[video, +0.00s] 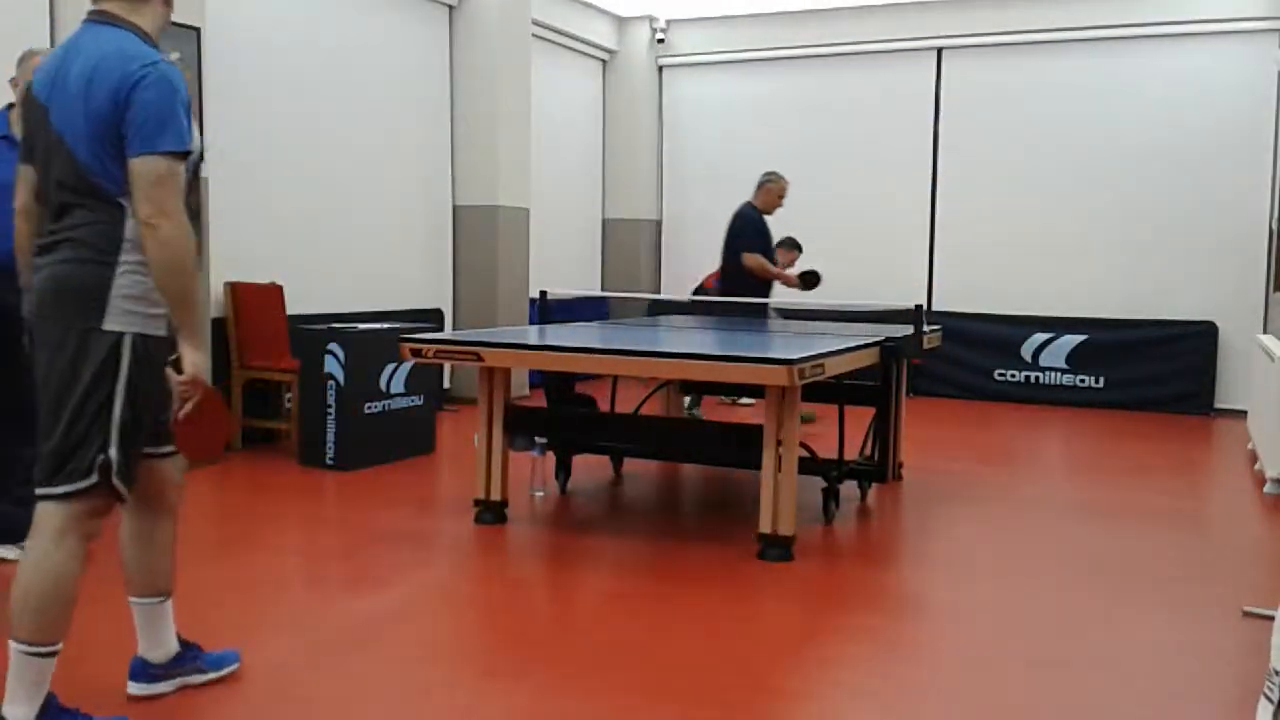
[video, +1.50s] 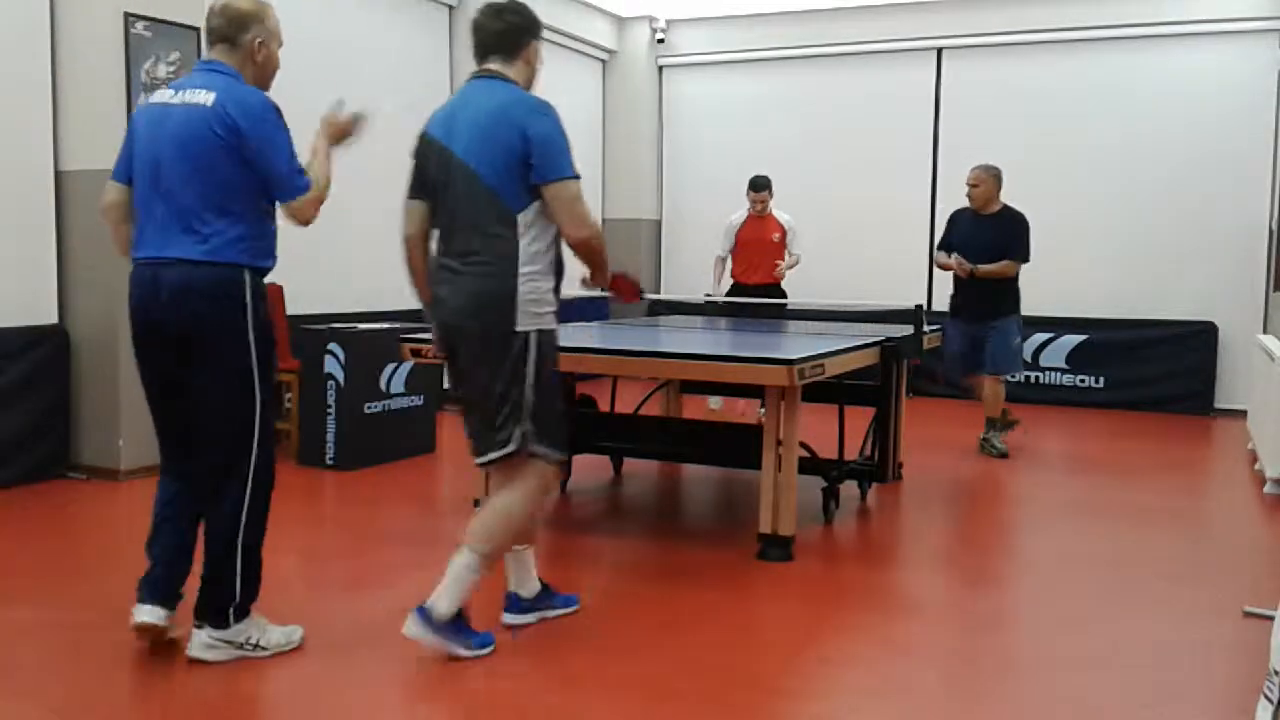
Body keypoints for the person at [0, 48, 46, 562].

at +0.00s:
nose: (39, 92)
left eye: (45, 83)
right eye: (34, 82)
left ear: (46, 88)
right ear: (16, 85)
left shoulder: (55, 140)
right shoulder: (14, 139)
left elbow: (37, 219)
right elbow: (20, 218)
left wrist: (41, 285)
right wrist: (30, 284)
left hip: (34, 292)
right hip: (14, 292)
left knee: (28, 406)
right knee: (18, 406)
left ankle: (22, 523)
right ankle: (12, 525)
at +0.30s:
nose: (90, 89)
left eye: (97, 81)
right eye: (80, 79)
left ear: (105, 87)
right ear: (50, 82)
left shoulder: (112, 146)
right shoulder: (15, 136)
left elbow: (124, 228)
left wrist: (110, 290)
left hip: (86, 295)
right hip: (22, 291)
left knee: (73, 417)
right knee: (34, 416)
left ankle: (20, 523)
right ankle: (52, 548)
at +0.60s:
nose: (156, 75)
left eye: (161, 66)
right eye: (143, 64)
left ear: (163, 70)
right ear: (107, 66)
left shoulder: (162, 133)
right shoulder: (67, 119)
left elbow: (178, 198)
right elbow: (22, 172)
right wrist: (36, 201)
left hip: (141, 287)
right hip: (72, 283)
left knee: (161, 419)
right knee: (75, 430)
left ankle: (126, 543)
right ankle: (78, 567)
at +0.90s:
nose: (234, 81)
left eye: (233, 71)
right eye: (228, 71)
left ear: (199, 74)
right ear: (198, 73)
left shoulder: (202, 137)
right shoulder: (145, 120)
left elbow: (216, 209)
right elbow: (156, 173)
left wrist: (259, 165)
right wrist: (229, 157)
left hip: (199, 296)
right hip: (146, 295)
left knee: (213, 439)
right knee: (174, 438)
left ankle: (212, 582)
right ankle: (101, 545)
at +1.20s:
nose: (269, 70)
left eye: (266, 58)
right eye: (265, 58)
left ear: (213, 57)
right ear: (245, 58)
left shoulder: (196, 109)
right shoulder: (210, 112)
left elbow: (225, 194)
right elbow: (227, 190)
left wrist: (318, 159)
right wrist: (320, 160)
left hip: (181, 287)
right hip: (192, 290)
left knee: (207, 445)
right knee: (241, 447)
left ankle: (205, 587)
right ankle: (224, 617)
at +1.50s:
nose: (277, 64)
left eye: (278, 52)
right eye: (277, 52)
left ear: (213, 44)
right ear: (258, 47)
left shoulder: (154, 103)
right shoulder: (252, 108)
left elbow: (115, 203)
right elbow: (303, 207)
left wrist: (148, 266)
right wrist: (325, 142)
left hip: (154, 291)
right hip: (225, 293)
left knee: (183, 453)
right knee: (243, 456)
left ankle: (156, 597)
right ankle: (224, 621)